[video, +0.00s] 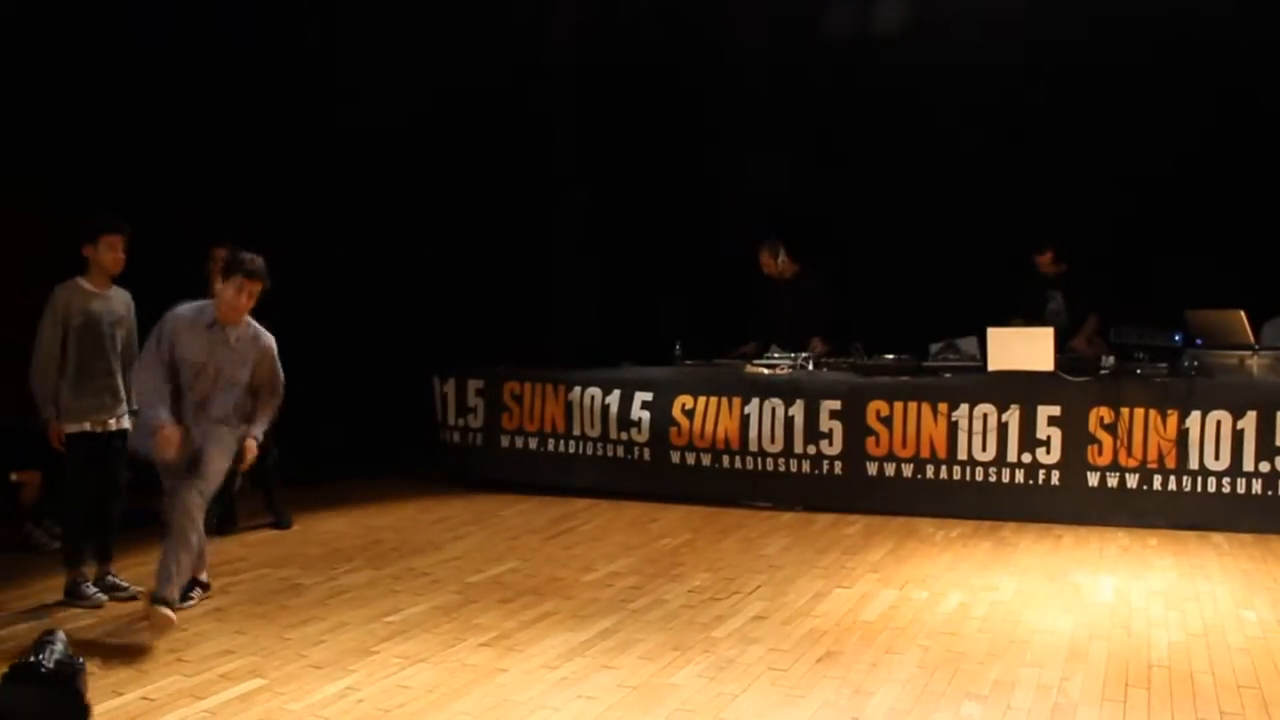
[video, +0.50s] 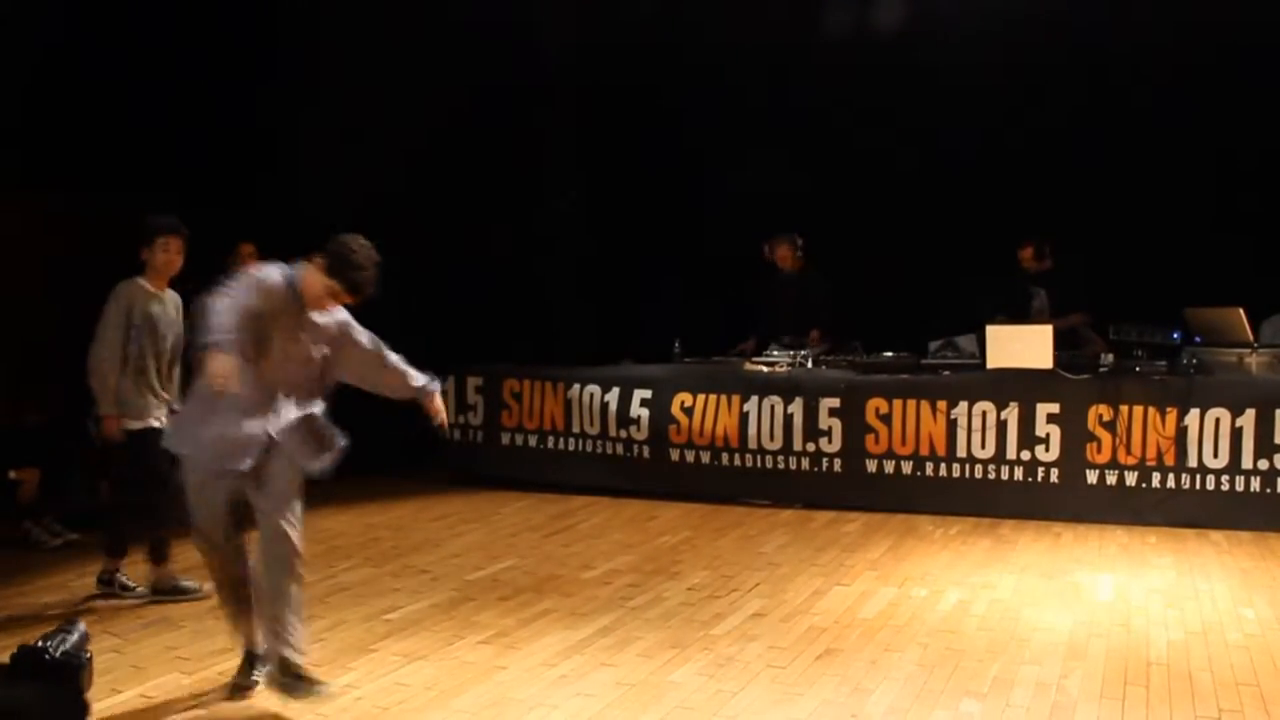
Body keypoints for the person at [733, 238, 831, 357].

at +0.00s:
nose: (765, 271)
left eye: (768, 266)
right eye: (763, 266)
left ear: (782, 261)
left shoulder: (809, 283)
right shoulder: (772, 285)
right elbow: (768, 321)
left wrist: (820, 339)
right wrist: (757, 344)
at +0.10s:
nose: (765, 271)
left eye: (768, 265)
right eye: (763, 265)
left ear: (782, 260)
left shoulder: (808, 282)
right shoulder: (772, 284)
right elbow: (768, 321)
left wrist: (821, 338)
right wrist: (756, 344)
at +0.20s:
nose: (764, 270)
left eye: (767, 264)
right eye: (762, 265)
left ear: (782, 259)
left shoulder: (808, 281)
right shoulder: (770, 284)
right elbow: (766, 319)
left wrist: (821, 336)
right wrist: (755, 343)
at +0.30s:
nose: (766, 268)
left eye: (768, 262)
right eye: (764, 263)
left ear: (782, 258)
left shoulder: (807, 280)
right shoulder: (770, 283)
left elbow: (816, 311)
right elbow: (766, 318)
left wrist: (819, 335)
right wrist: (756, 342)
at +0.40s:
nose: (772, 266)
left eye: (775, 260)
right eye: (769, 262)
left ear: (786, 256)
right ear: (765, 260)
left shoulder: (807, 278)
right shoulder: (772, 281)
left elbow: (816, 309)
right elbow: (767, 319)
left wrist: (818, 332)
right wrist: (754, 343)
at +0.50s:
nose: (783, 261)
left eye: (787, 256)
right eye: (779, 257)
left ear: (796, 254)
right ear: (772, 257)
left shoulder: (809, 279)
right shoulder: (769, 281)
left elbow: (817, 309)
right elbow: (763, 315)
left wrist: (816, 330)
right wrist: (754, 340)